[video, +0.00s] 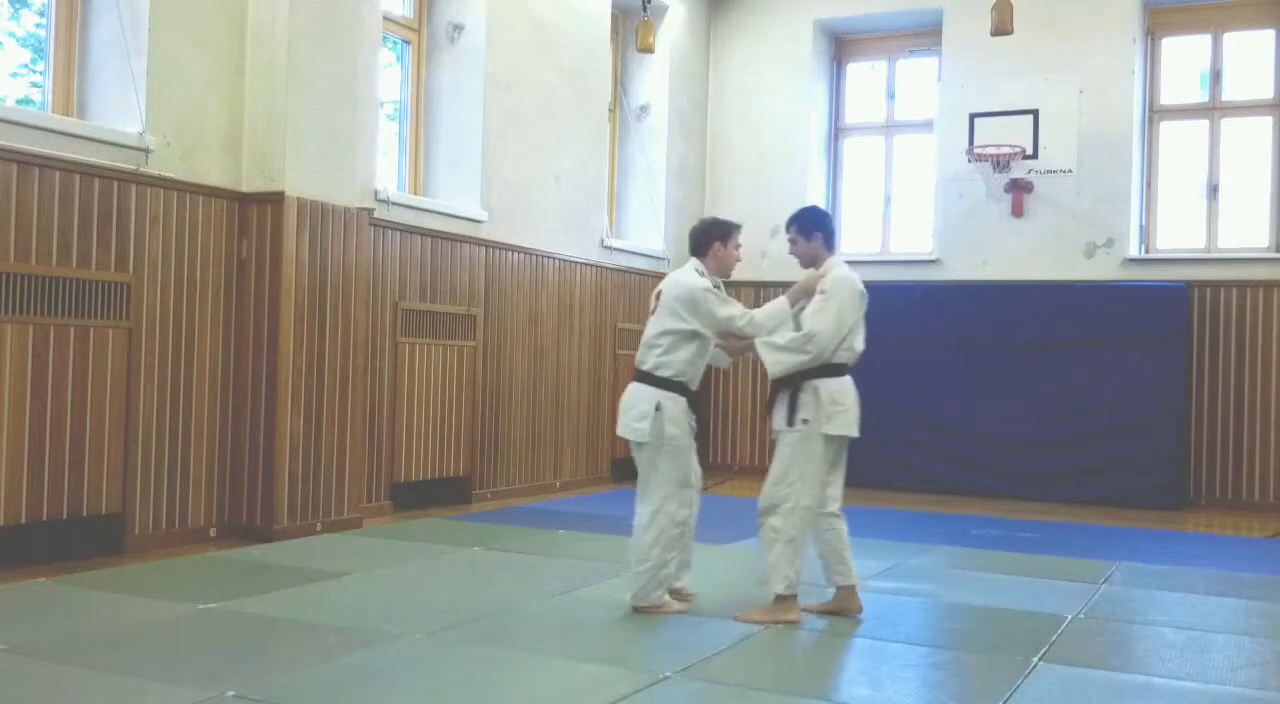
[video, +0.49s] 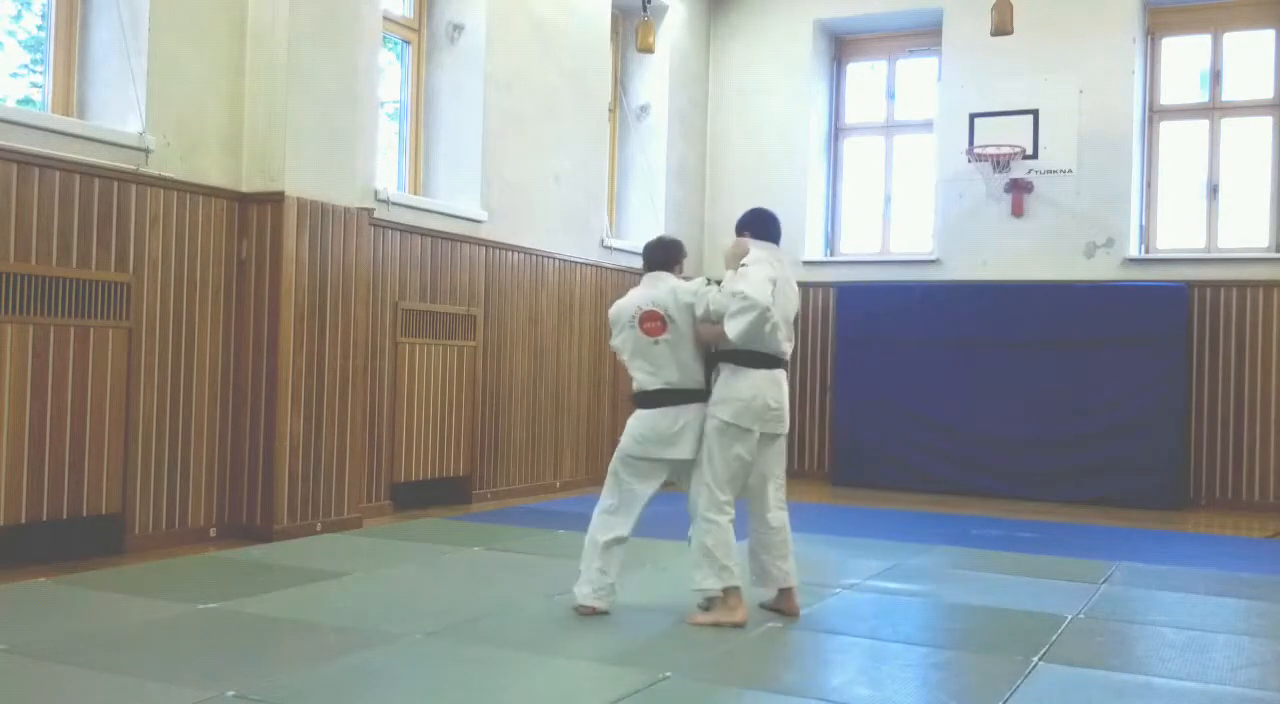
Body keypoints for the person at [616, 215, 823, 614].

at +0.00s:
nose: (740, 256)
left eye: (739, 247)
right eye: (735, 247)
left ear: (710, 249)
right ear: (714, 248)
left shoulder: (688, 282)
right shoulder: (692, 285)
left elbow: (696, 348)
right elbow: (746, 324)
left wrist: (735, 349)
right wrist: (795, 297)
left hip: (668, 401)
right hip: (658, 403)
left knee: (684, 490)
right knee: (670, 494)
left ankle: (669, 580)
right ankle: (647, 594)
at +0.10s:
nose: (726, 253)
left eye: (726, 245)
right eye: (722, 245)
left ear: (689, 245)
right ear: (701, 245)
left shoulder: (656, 279)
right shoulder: (690, 284)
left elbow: (707, 342)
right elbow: (737, 325)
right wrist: (779, 293)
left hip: (632, 398)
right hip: (666, 403)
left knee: (632, 494)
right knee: (675, 497)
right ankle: (650, 592)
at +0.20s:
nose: (705, 253)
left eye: (705, 246)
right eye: (703, 246)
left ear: (666, 245)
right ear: (685, 246)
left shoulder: (635, 281)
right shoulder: (685, 282)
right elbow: (723, 315)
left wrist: (701, 336)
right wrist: (762, 285)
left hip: (630, 402)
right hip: (676, 405)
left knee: (609, 493)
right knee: (710, 485)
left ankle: (588, 580)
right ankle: (674, 568)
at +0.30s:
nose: (689, 259)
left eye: (688, 252)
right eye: (688, 253)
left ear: (650, 254)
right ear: (679, 253)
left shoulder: (624, 294)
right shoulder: (688, 288)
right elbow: (732, 306)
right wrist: (751, 268)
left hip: (642, 411)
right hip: (691, 411)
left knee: (608, 500)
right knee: (715, 497)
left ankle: (586, 589)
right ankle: (713, 587)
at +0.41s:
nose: (688, 270)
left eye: (686, 264)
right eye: (687, 264)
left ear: (648, 266)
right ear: (681, 265)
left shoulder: (626, 309)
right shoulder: (695, 293)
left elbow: (629, 375)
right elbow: (736, 309)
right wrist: (738, 272)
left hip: (655, 420)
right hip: (699, 417)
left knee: (612, 509)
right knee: (703, 503)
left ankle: (588, 596)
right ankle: (720, 589)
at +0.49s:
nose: (685, 270)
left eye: (683, 265)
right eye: (684, 265)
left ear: (644, 266)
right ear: (678, 265)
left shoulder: (621, 308)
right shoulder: (693, 293)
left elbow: (627, 353)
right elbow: (730, 305)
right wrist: (736, 271)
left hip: (649, 419)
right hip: (696, 416)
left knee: (614, 507)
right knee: (708, 507)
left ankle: (592, 595)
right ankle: (717, 590)